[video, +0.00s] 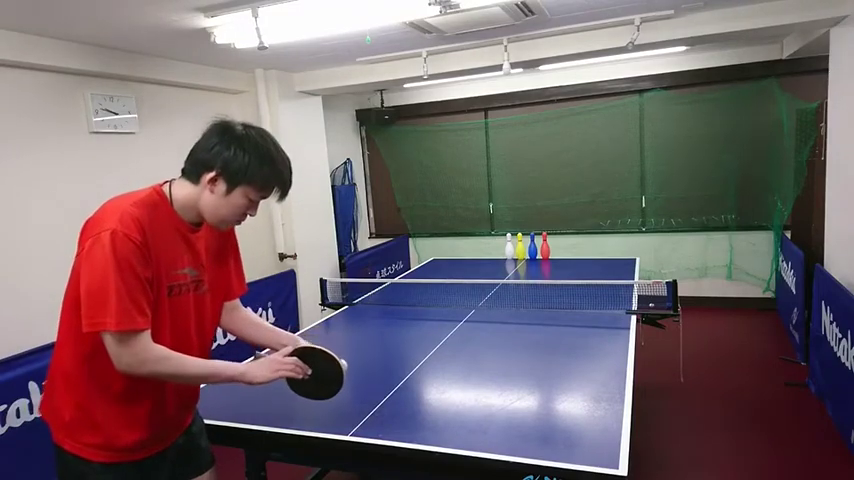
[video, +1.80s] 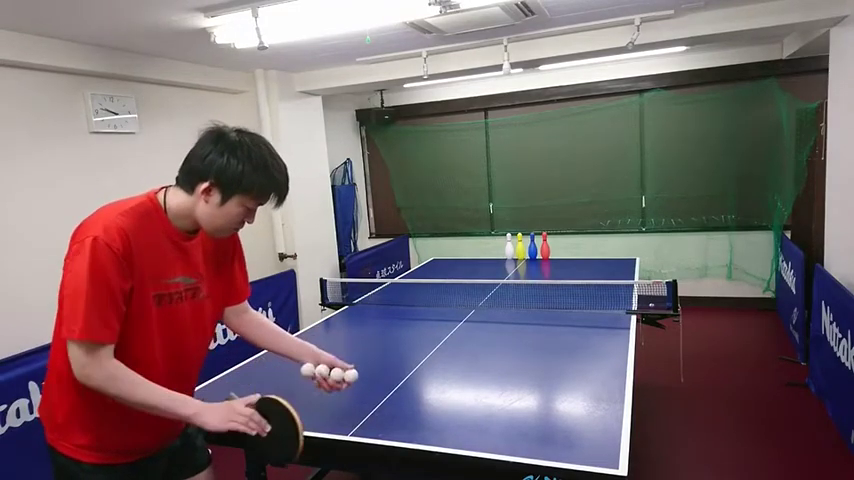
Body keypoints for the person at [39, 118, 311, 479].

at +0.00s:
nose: (252, 214)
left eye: (257, 204)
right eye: (250, 200)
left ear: (212, 182)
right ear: (213, 181)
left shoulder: (215, 225)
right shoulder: (119, 232)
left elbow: (229, 311)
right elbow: (131, 354)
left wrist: (294, 344)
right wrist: (242, 371)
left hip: (175, 423)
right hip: (104, 445)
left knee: (201, 473)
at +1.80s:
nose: (249, 221)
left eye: (255, 212)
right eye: (247, 210)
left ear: (207, 193)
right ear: (207, 192)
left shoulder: (217, 232)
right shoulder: (105, 239)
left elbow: (238, 312)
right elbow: (90, 364)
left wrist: (311, 355)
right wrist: (200, 411)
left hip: (172, 434)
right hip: (96, 453)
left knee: (200, 472)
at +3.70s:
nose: (227, 172)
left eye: (228, 161)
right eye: (226, 161)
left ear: (161, 156)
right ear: (204, 163)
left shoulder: (139, 206)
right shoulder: (156, 225)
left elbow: (150, 290)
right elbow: (190, 343)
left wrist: (214, 298)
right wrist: (265, 348)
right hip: (126, 441)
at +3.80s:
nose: (202, 168)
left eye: (203, 156)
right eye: (200, 156)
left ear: (132, 155)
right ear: (175, 160)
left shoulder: (119, 207)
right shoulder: (125, 225)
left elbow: (122, 292)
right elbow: (153, 350)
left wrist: (187, 306)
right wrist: (240, 358)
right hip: (108, 447)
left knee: (178, 470)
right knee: (175, 472)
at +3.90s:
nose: (175, 165)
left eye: (176, 154)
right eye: (174, 153)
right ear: (149, 157)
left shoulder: (94, 209)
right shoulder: (99, 227)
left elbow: (93, 303)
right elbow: (115, 354)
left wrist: (161, 315)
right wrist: (212, 370)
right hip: (88, 453)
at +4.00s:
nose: (154, 162)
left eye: (155, 151)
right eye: (152, 150)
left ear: (83, 149)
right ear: (128, 153)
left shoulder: (71, 206)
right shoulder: (79, 223)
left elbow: (70, 305)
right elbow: (84, 359)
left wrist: (141, 320)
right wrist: (185, 380)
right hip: (74, 453)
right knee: (151, 472)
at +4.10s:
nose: (136, 160)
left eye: (137, 148)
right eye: (134, 147)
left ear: (64, 146)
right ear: (110, 151)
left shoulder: (43, 203)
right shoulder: (71, 222)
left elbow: (45, 303)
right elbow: (58, 357)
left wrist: (125, 324)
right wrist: (158, 390)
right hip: (72, 455)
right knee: (142, 472)